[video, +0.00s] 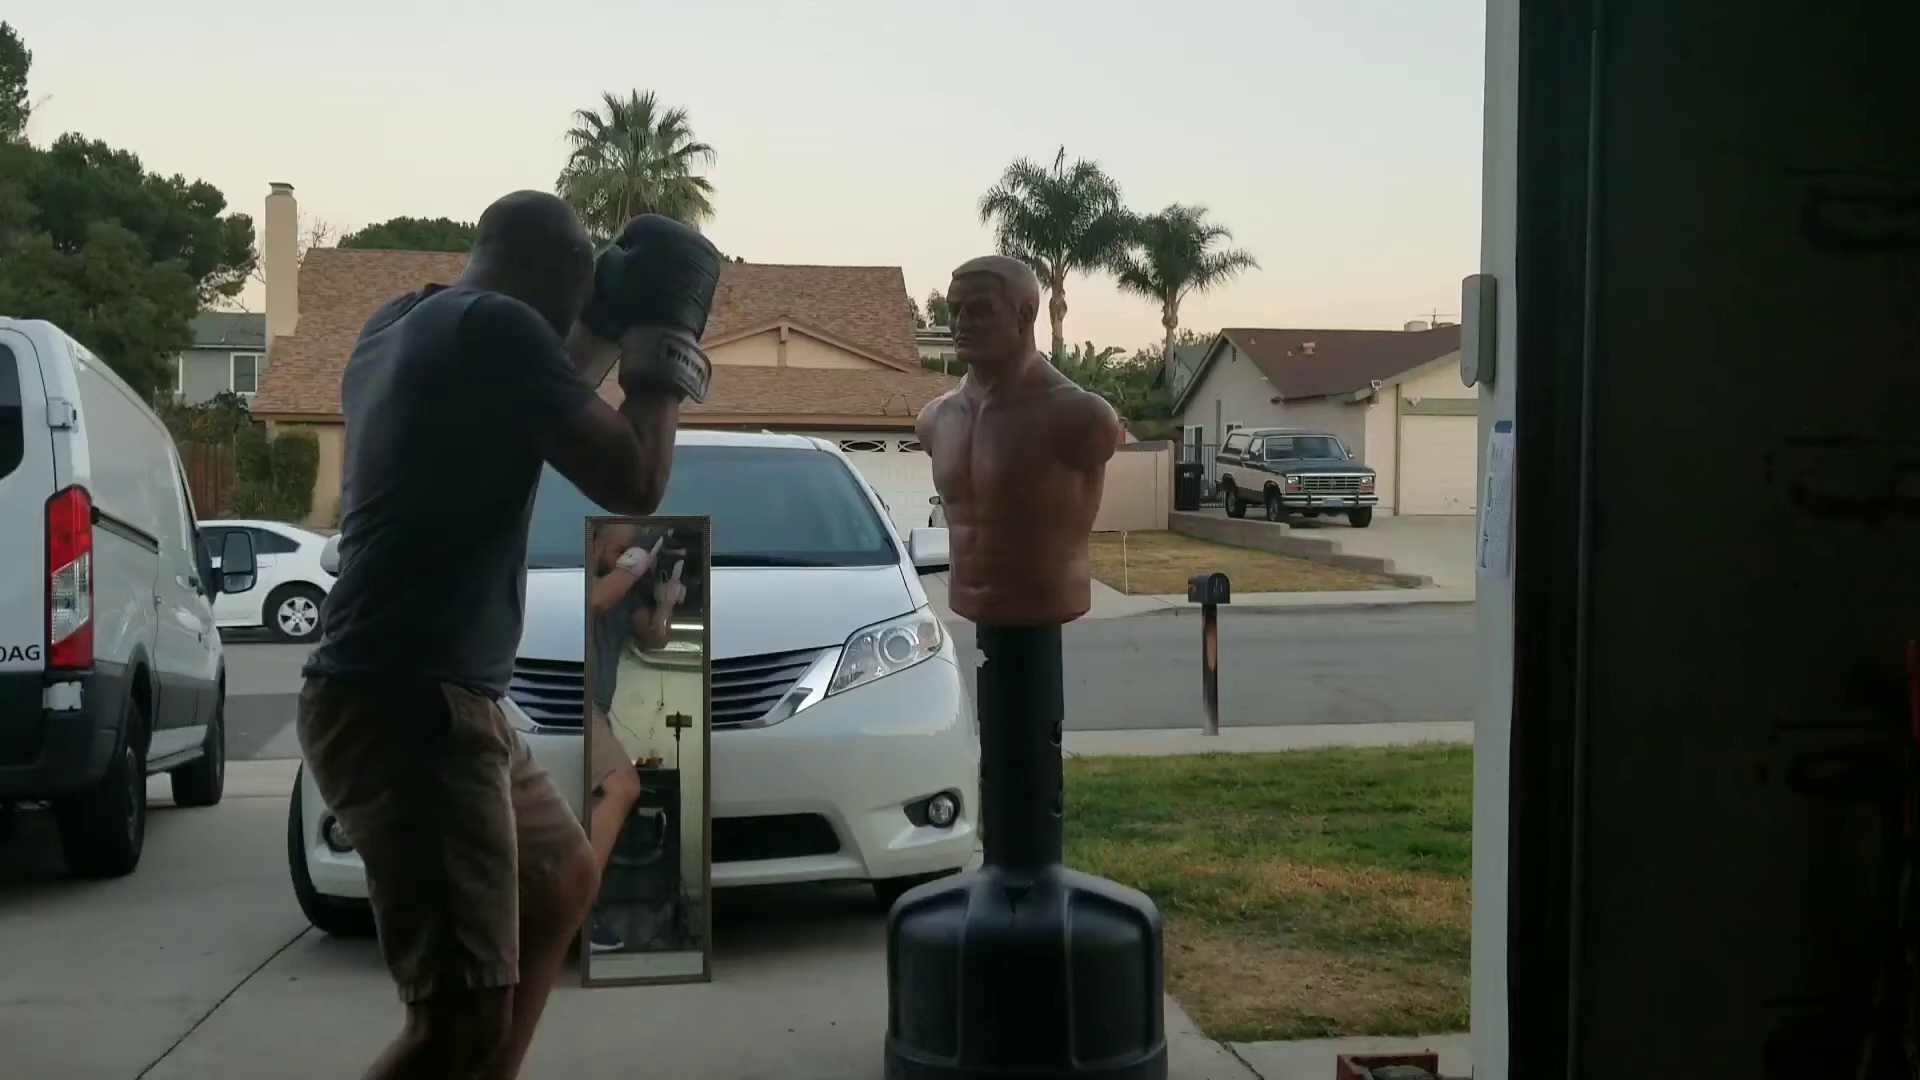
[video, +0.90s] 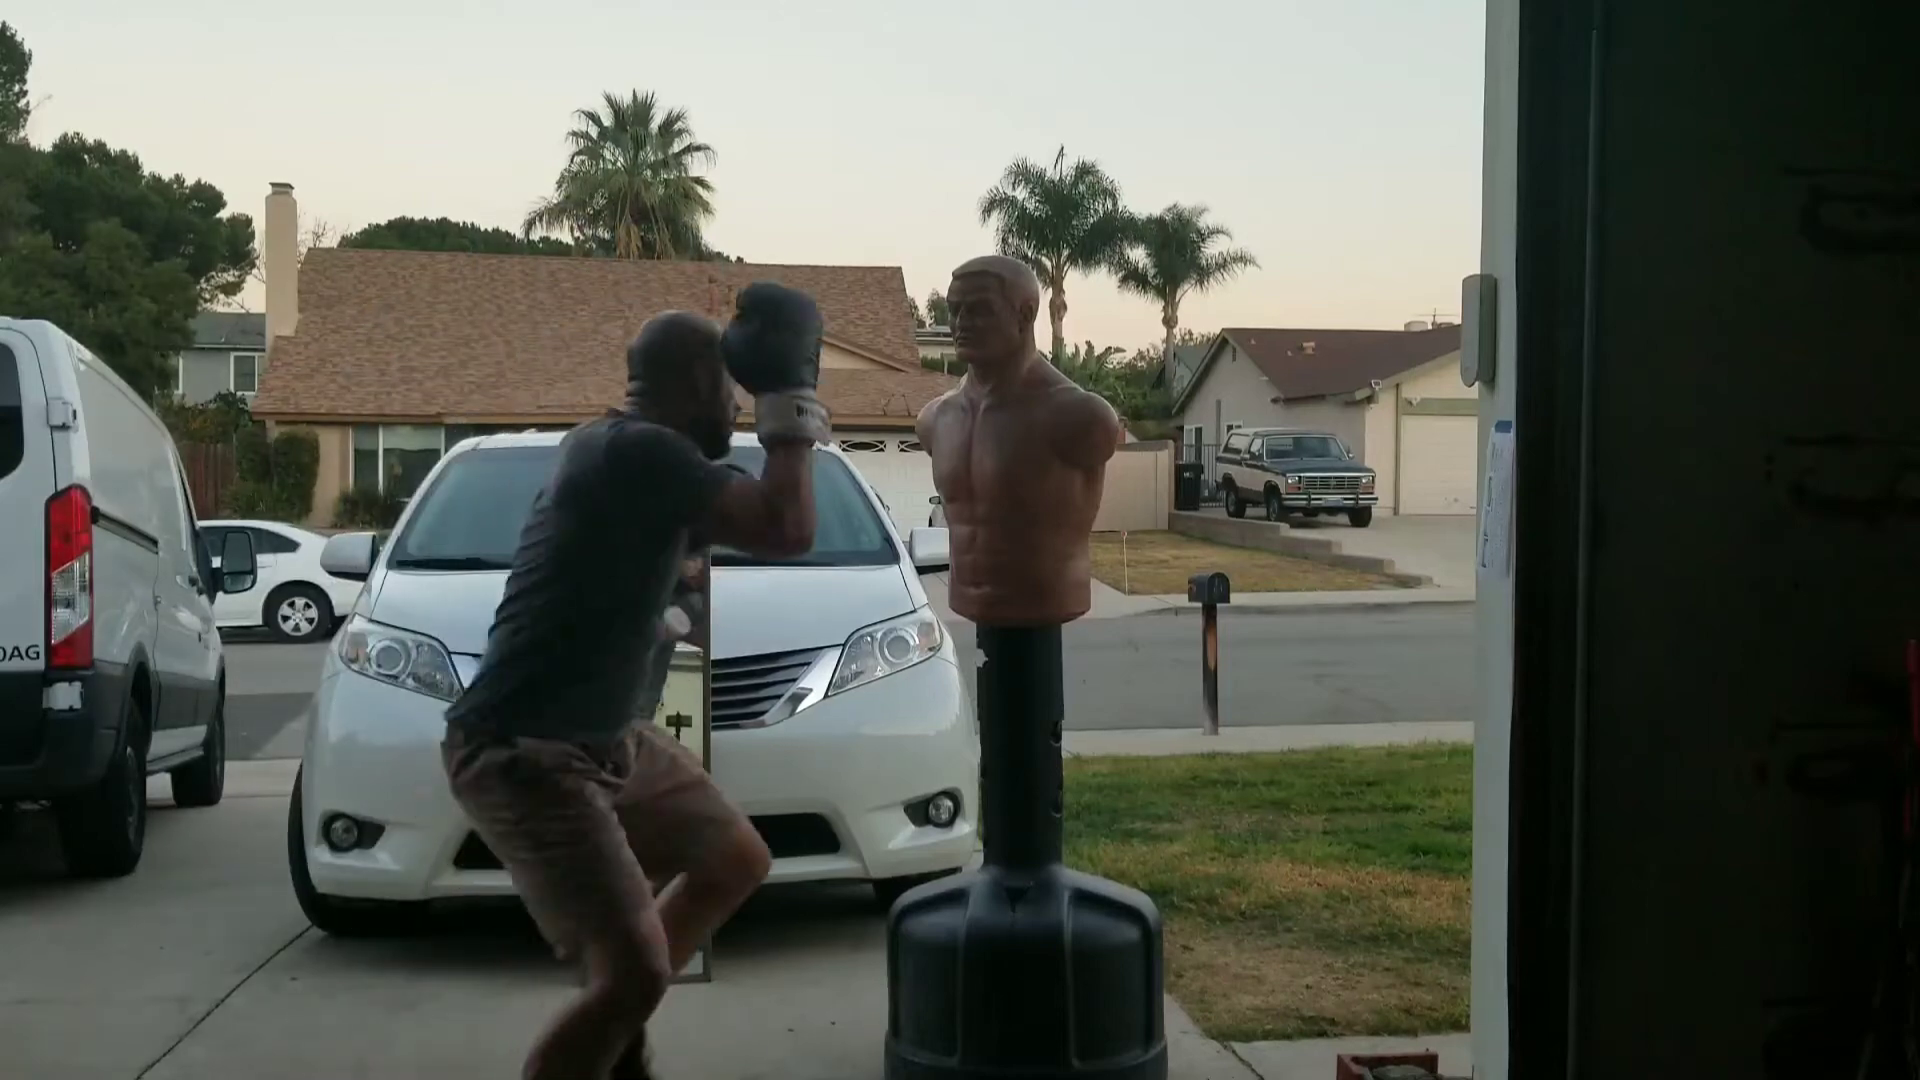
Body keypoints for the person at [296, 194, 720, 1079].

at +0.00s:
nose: (575, 327)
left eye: (586, 306)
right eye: (578, 304)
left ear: (482, 260)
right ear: (562, 283)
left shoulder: (395, 328)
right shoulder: (500, 330)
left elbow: (531, 415)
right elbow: (636, 473)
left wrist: (605, 319)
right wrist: (669, 330)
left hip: (451, 694)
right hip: (408, 702)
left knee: (558, 885)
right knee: (468, 1017)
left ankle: (485, 1071)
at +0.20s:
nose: (619, 336)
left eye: (621, 319)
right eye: (620, 314)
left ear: (519, 295)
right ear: (594, 306)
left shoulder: (435, 365)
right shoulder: (513, 383)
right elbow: (602, 571)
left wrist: (591, 410)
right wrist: (654, 436)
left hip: (455, 727)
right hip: (409, 737)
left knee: (555, 915)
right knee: (489, 1037)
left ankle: (535, 1072)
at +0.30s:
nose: (651, 429)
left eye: (654, 406)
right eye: (650, 403)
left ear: (555, 380)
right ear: (611, 392)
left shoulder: (488, 451)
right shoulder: (508, 470)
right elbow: (538, 670)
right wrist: (649, 562)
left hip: (445, 787)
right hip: (389, 804)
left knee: (569, 923)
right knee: (494, 1062)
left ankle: (537, 1073)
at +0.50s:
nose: (622, 388)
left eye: (621, 378)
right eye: (622, 376)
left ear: (522, 366)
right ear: (607, 369)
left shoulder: (443, 439)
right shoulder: (589, 415)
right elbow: (654, 593)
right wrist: (699, 496)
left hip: (387, 759)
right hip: (462, 770)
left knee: (571, 907)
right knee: (526, 1050)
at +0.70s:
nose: (665, 397)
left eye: (662, 386)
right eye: (663, 384)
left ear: (571, 376)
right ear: (649, 378)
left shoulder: (498, 451)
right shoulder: (628, 426)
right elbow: (710, 585)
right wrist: (740, 483)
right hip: (498, 755)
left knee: (614, 906)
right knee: (528, 1044)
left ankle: (547, 1063)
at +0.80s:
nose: (706, 390)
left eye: (705, 373)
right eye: (702, 372)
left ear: (610, 368)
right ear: (674, 370)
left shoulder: (565, 423)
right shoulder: (629, 428)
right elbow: (761, 540)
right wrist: (786, 425)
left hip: (535, 738)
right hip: (498, 748)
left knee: (669, 898)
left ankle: (560, 1052)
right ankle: (532, 1067)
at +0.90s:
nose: (739, 402)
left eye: (735, 382)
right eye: (728, 381)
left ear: (655, 378)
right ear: (692, 379)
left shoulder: (645, 455)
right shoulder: (632, 451)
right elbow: (786, 527)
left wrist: (781, 398)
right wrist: (789, 394)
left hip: (612, 737)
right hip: (523, 749)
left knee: (733, 861)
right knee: (630, 974)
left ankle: (613, 1034)